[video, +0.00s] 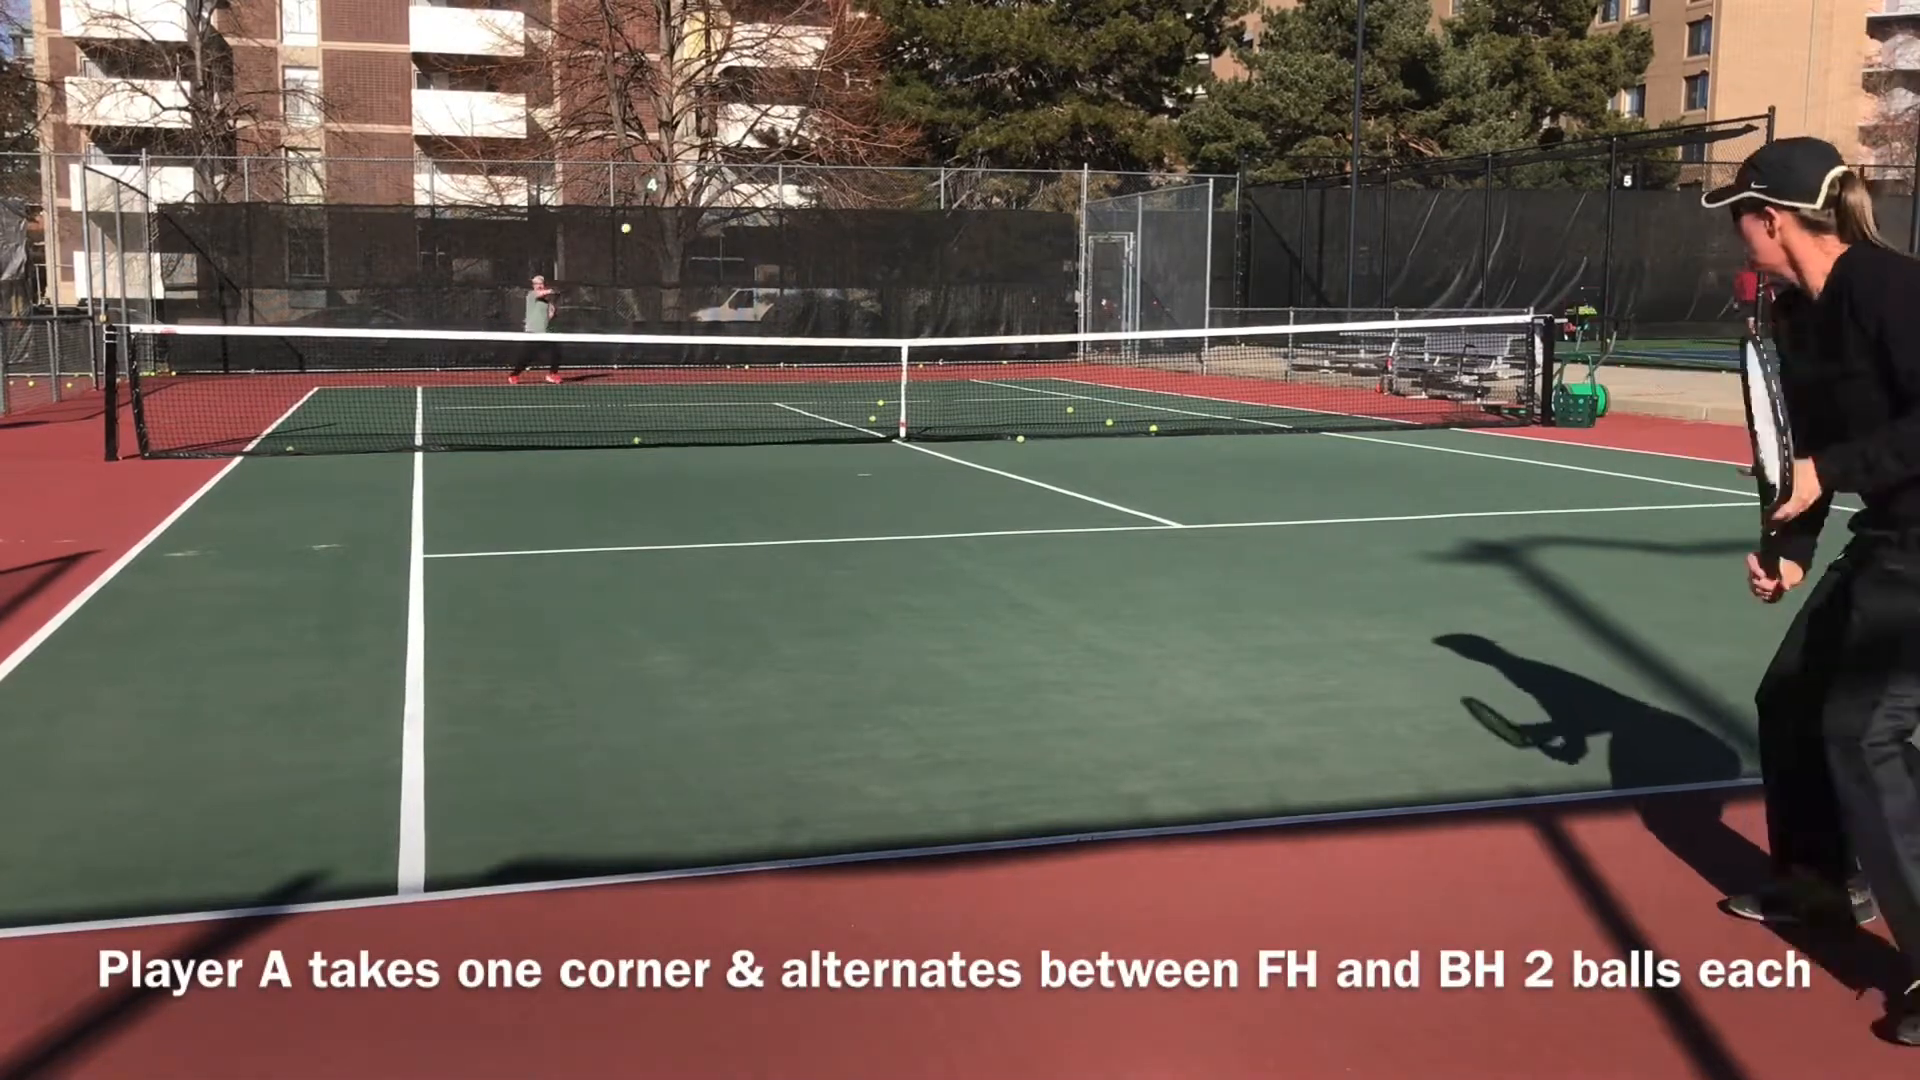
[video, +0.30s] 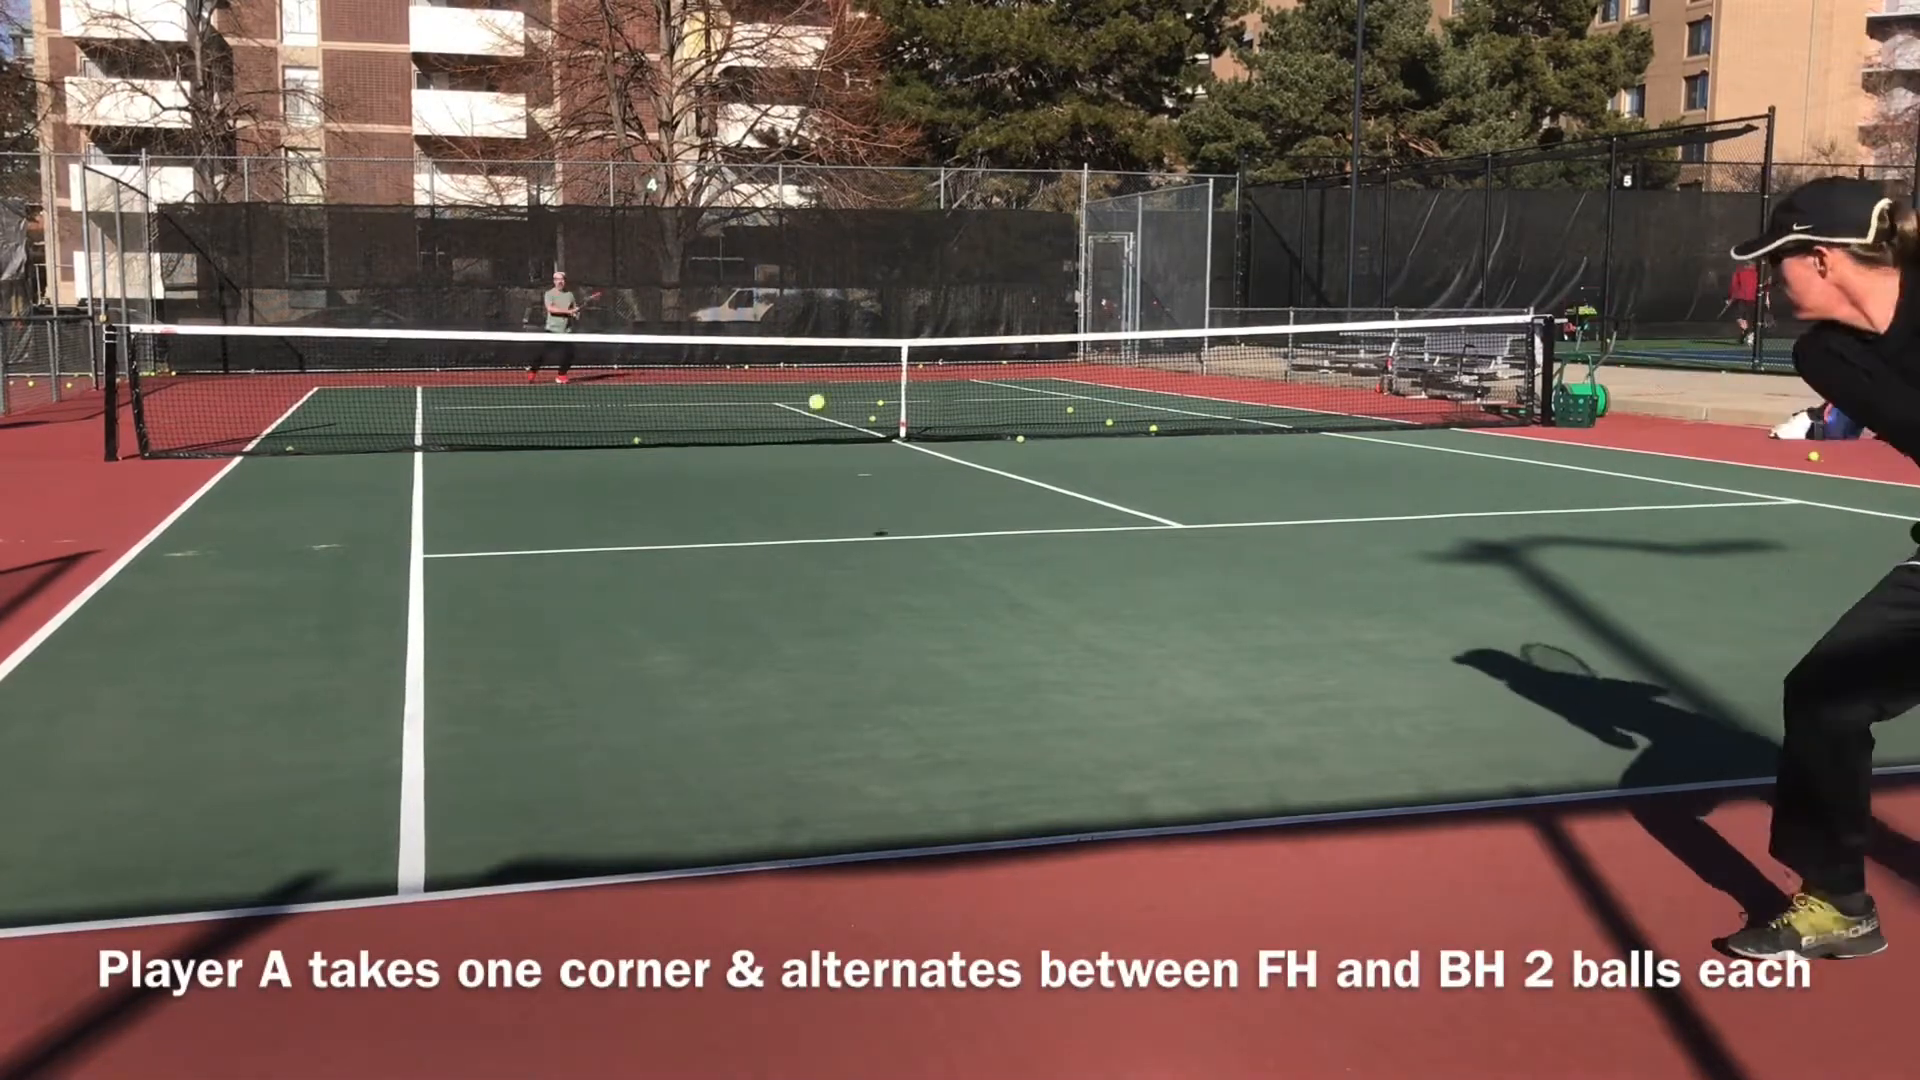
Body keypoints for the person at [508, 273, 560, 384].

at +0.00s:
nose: (539, 287)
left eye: (541, 284)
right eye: (537, 284)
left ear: (544, 285)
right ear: (533, 285)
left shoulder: (545, 300)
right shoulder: (531, 296)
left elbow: (549, 316)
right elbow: (543, 293)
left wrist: (551, 306)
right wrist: (551, 291)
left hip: (544, 331)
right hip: (531, 331)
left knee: (555, 352)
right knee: (526, 355)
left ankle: (552, 374)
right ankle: (514, 374)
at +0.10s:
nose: (545, 285)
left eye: (547, 282)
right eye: (542, 282)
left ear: (550, 284)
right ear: (539, 284)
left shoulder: (551, 299)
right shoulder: (536, 295)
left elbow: (555, 316)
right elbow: (549, 297)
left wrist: (560, 307)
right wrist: (562, 297)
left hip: (548, 332)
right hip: (535, 331)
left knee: (563, 354)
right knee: (527, 355)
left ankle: (560, 374)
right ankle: (514, 375)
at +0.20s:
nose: (552, 283)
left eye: (555, 281)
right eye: (550, 281)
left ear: (558, 282)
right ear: (547, 282)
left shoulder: (561, 297)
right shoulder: (543, 295)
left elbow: (565, 312)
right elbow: (551, 305)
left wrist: (567, 313)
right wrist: (567, 305)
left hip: (556, 331)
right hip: (543, 331)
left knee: (565, 352)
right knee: (531, 352)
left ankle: (561, 374)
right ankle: (516, 373)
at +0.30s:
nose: (560, 282)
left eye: (562, 279)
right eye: (557, 279)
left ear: (564, 281)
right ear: (554, 281)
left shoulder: (569, 295)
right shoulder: (549, 294)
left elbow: (573, 308)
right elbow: (550, 309)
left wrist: (574, 312)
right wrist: (568, 312)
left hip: (565, 329)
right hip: (551, 328)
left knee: (568, 352)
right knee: (544, 350)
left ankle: (562, 374)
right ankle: (533, 370)